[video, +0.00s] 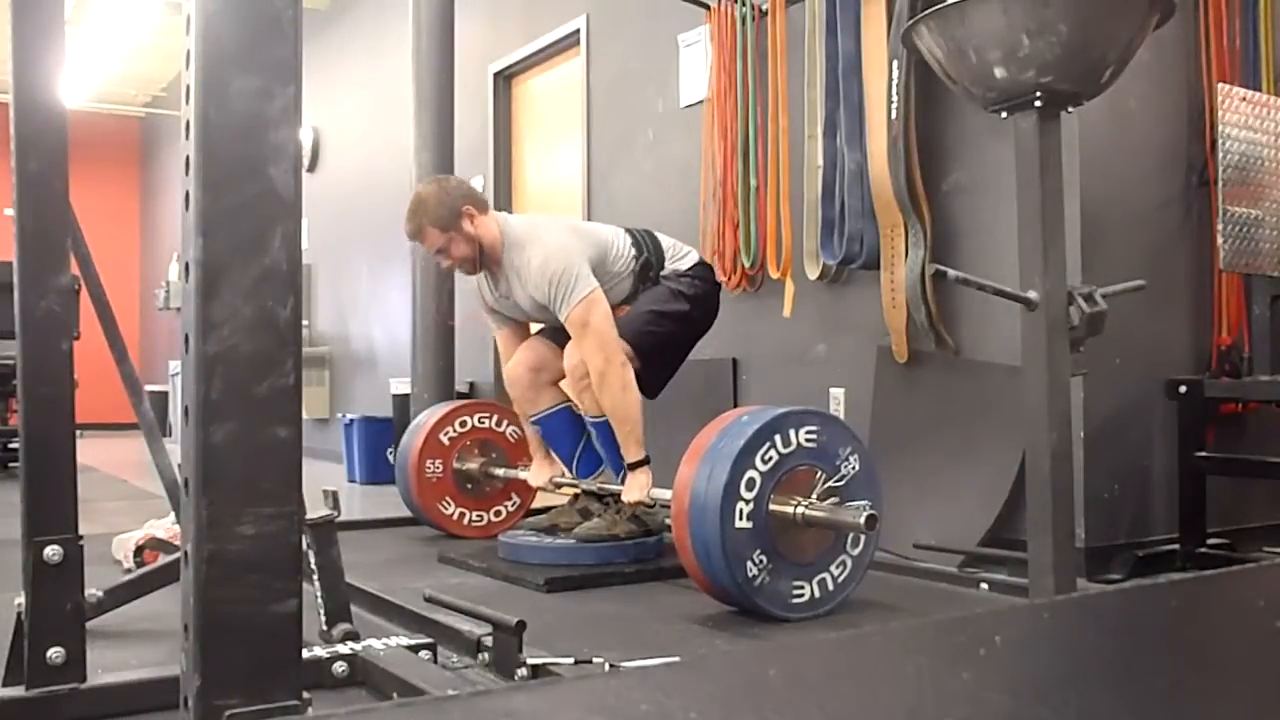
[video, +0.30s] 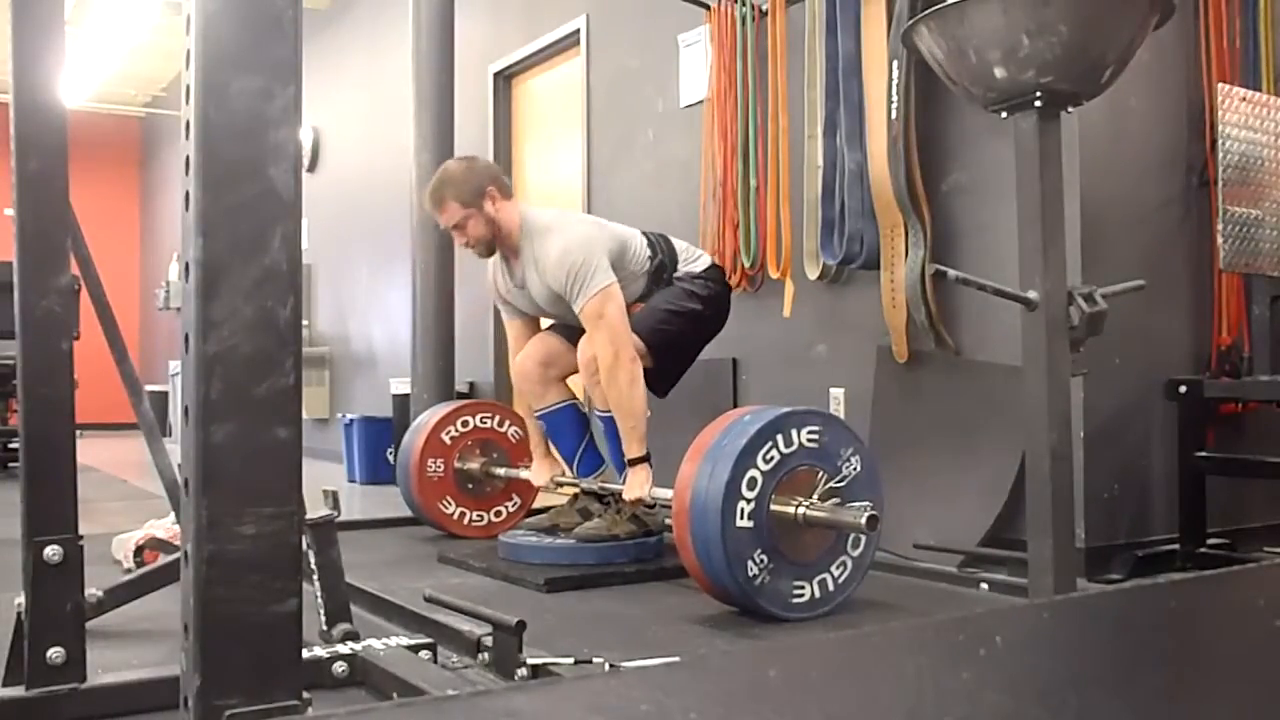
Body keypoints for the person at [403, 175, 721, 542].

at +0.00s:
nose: (444, 264)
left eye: (444, 250)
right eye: (436, 257)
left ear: (470, 218)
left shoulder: (548, 255)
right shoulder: (490, 279)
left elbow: (608, 361)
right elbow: (519, 372)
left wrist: (637, 468)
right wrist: (540, 456)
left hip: (678, 279)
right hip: (616, 294)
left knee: (584, 368)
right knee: (524, 374)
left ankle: (633, 493)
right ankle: (596, 491)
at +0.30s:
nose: (458, 241)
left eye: (460, 226)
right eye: (450, 233)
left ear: (492, 199)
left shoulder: (567, 246)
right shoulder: (503, 273)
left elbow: (619, 355)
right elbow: (523, 366)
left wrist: (637, 466)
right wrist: (539, 455)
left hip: (690, 283)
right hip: (627, 299)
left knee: (598, 359)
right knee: (533, 366)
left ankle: (630, 500)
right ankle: (599, 491)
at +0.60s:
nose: (483, 191)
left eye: (493, 177)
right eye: (481, 180)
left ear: (533, 176)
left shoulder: (588, 235)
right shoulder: (521, 261)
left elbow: (626, 350)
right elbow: (535, 359)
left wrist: (635, 463)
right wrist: (539, 453)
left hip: (707, 292)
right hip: (642, 303)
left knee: (606, 353)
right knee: (543, 364)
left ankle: (633, 499)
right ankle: (599, 493)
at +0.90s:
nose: (495, 174)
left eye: (508, 161)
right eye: (495, 163)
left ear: (547, 170)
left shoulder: (594, 233)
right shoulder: (528, 247)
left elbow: (627, 352)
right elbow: (537, 356)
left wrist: (635, 460)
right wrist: (540, 450)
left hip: (711, 302)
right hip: (644, 311)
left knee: (608, 354)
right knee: (545, 364)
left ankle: (633, 503)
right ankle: (600, 493)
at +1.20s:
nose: (506, 167)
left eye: (520, 156)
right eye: (507, 157)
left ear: (559, 167)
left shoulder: (599, 231)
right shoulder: (531, 251)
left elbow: (631, 352)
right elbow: (538, 360)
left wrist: (636, 459)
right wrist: (541, 449)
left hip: (711, 308)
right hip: (644, 316)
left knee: (609, 357)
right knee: (546, 364)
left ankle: (632, 501)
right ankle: (598, 492)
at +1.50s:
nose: (499, 181)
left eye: (511, 168)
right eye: (497, 170)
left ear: (549, 172)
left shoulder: (598, 233)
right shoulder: (531, 256)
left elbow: (630, 351)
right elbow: (539, 358)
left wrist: (637, 460)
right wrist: (542, 450)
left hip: (714, 301)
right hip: (646, 311)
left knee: (612, 353)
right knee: (548, 362)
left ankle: (634, 502)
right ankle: (600, 492)